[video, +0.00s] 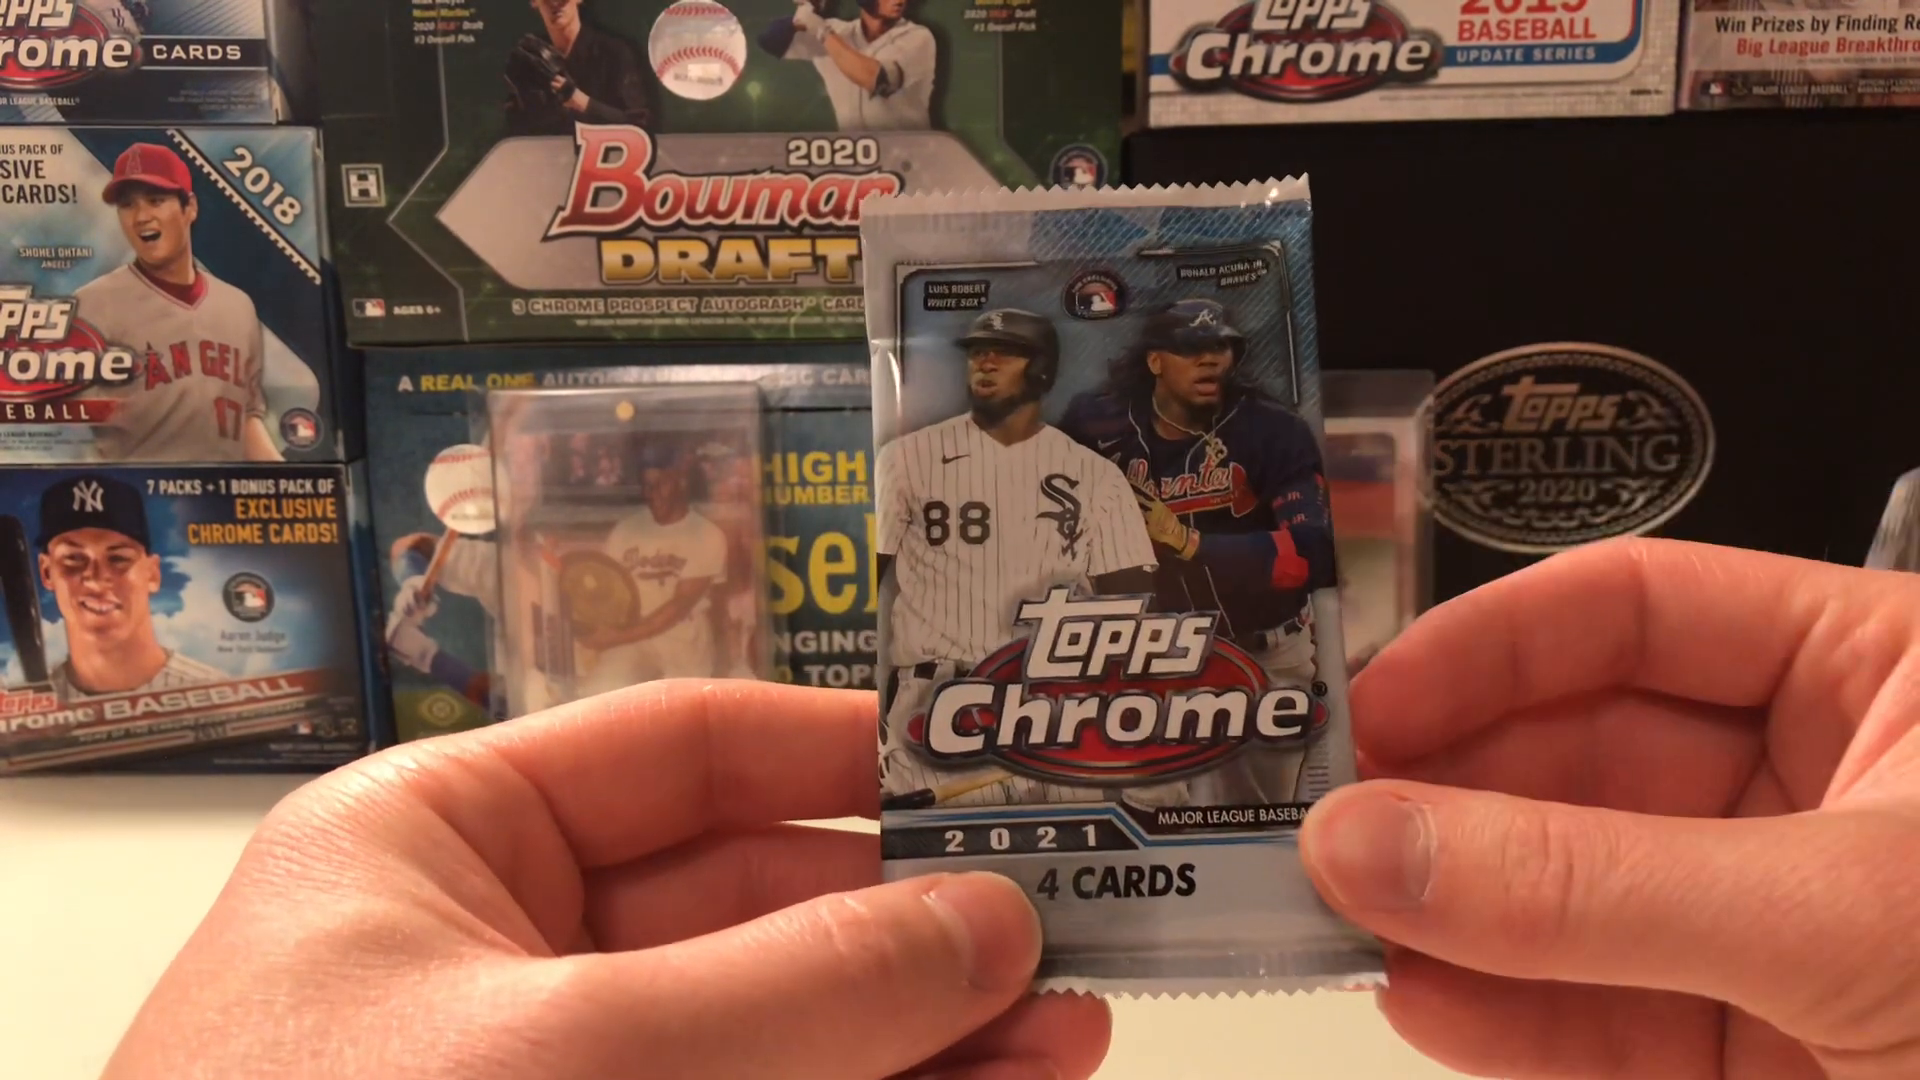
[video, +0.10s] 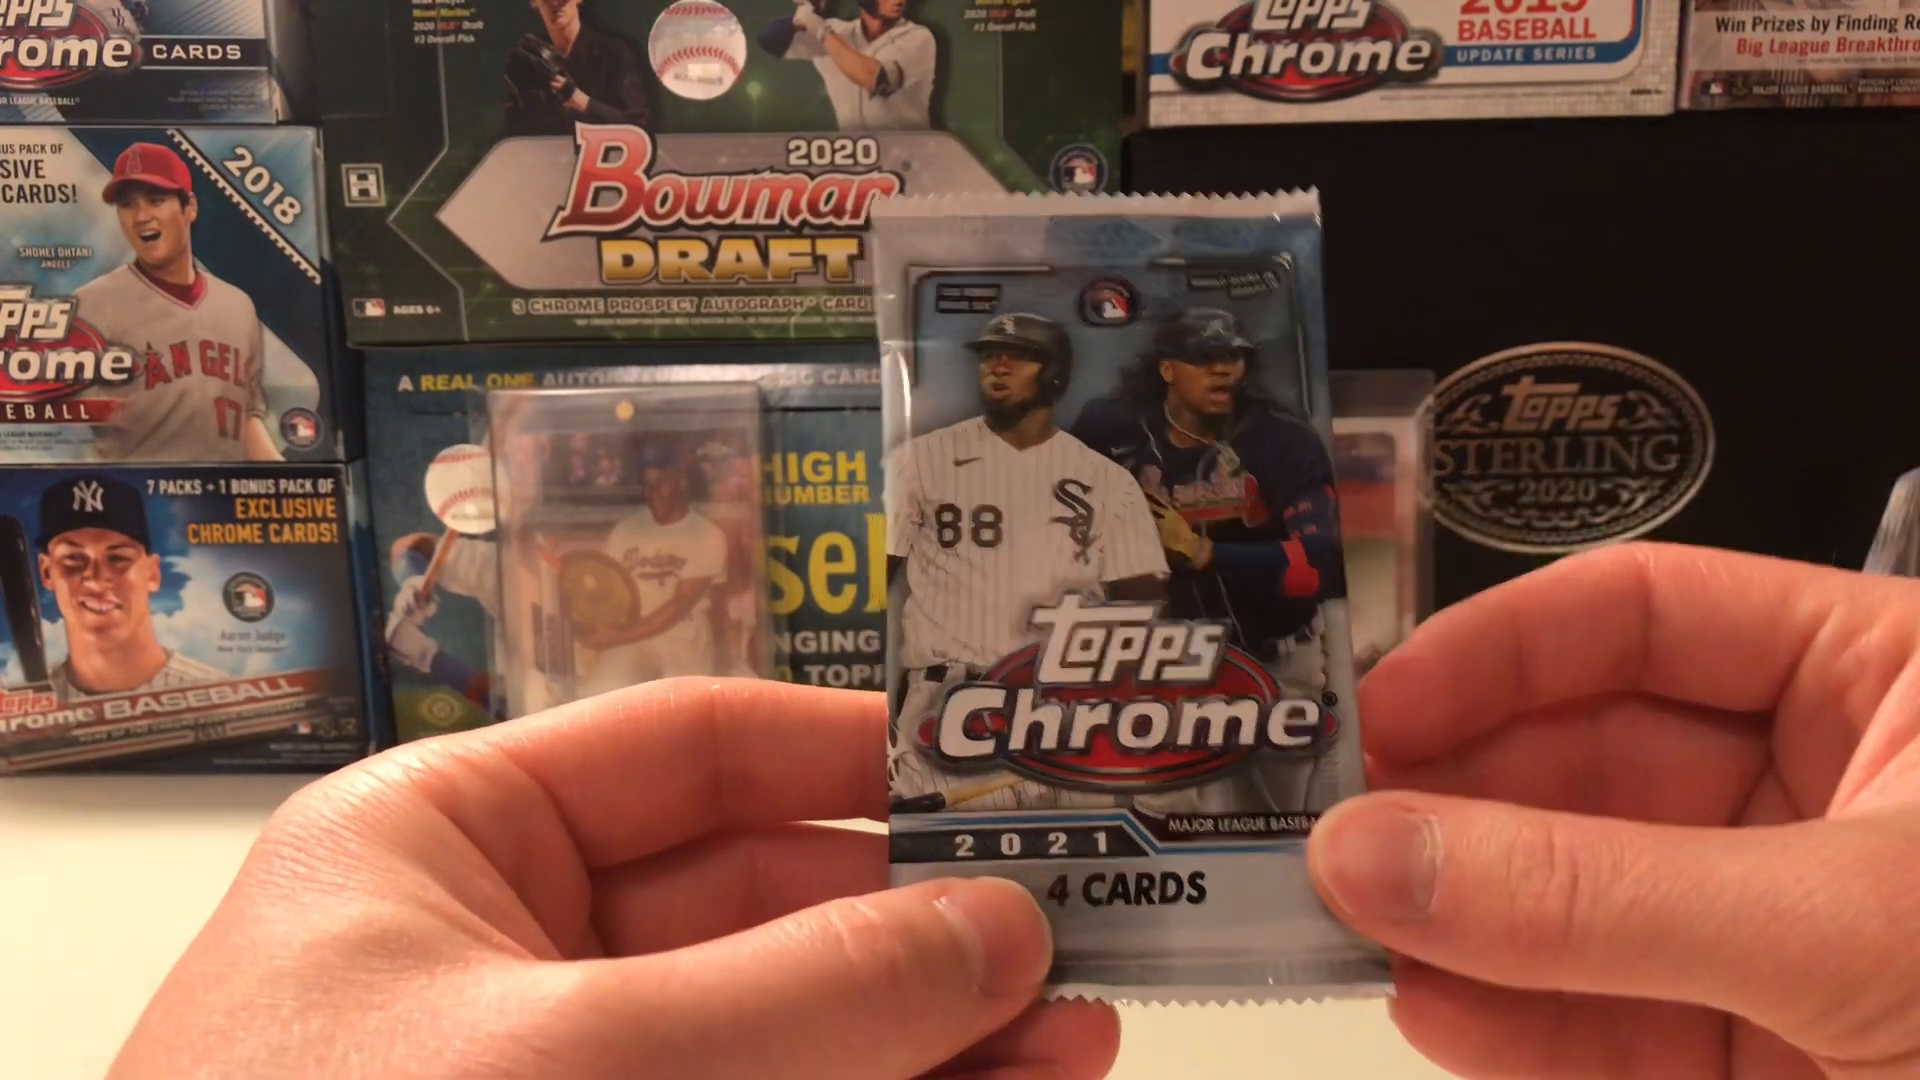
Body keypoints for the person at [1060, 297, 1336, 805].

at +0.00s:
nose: (1213, 361)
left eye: (1221, 347)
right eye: (1194, 349)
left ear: (1234, 355)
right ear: (1155, 362)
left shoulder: (1274, 433)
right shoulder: (1097, 424)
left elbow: (1312, 557)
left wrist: (1191, 543)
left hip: (1264, 646)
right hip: (1143, 649)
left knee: (1265, 815)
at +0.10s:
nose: (1225, 371)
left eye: (1233, 357)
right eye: (1207, 358)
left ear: (1246, 365)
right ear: (1167, 369)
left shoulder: (1284, 443)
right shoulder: (1111, 429)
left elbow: (1320, 567)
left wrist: (1207, 553)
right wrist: (1132, 529)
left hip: (1273, 652)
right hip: (1149, 653)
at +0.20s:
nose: (1239, 378)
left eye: (1247, 365)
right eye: (1220, 366)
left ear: (1260, 373)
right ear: (1183, 377)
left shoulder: (1299, 452)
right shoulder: (1130, 440)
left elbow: (1332, 575)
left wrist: (1213, 557)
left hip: (1293, 665)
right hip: (1179, 666)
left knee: (1294, 834)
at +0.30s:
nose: (1243, 377)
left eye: (1252, 364)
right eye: (1225, 365)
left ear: (1265, 372)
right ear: (1187, 375)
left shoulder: (1306, 452)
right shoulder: (1137, 446)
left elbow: (1336, 575)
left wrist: (1221, 557)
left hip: (1300, 669)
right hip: (1189, 673)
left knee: (1299, 842)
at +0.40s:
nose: (1244, 377)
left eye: (1252, 364)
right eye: (1225, 365)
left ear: (1265, 373)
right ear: (1187, 376)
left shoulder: (1306, 452)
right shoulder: (1138, 448)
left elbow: (1338, 575)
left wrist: (1222, 558)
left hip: (1300, 669)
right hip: (1190, 672)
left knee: (1300, 841)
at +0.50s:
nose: (1242, 379)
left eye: (1251, 366)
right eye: (1225, 367)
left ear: (1265, 375)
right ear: (1187, 377)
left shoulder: (1307, 455)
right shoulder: (1136, 443)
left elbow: (1336, 575)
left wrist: (1219, 558)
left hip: (1298, 669)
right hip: (1185, 671)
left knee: (1294, 838)